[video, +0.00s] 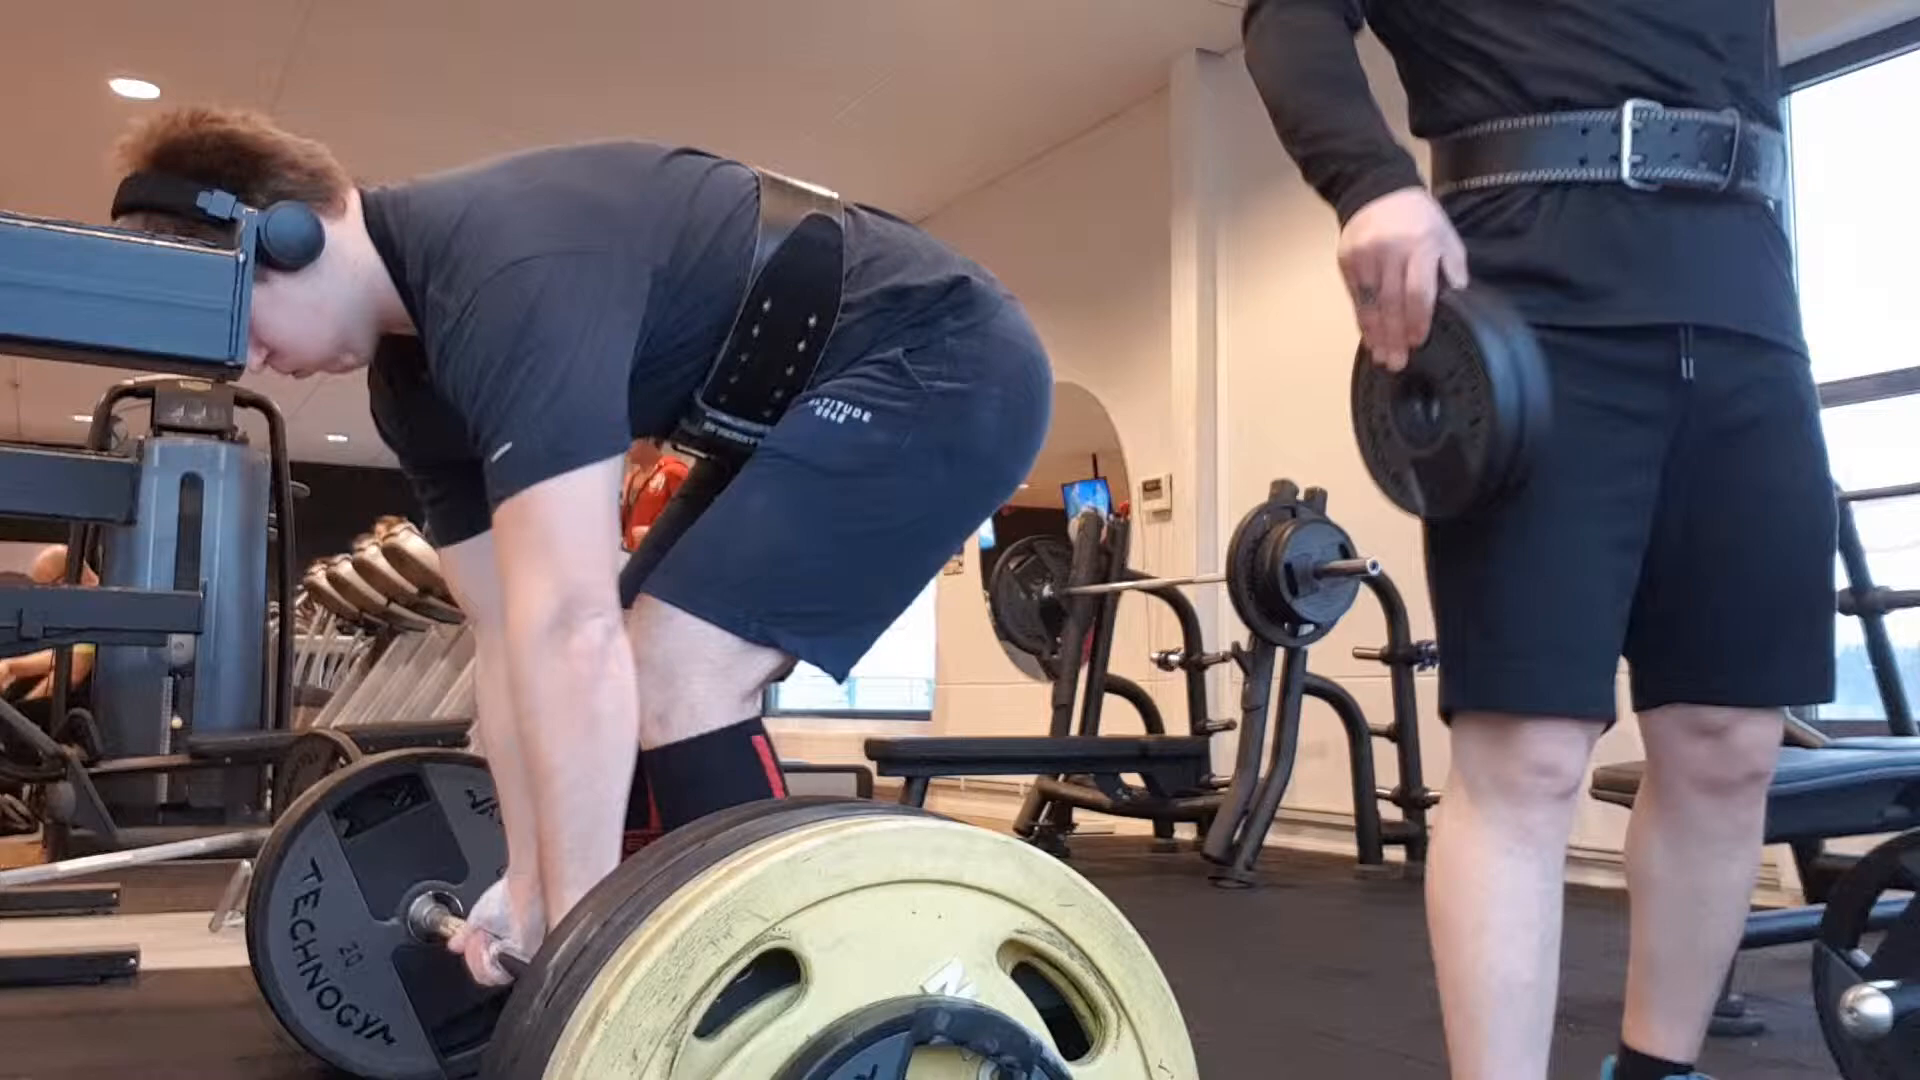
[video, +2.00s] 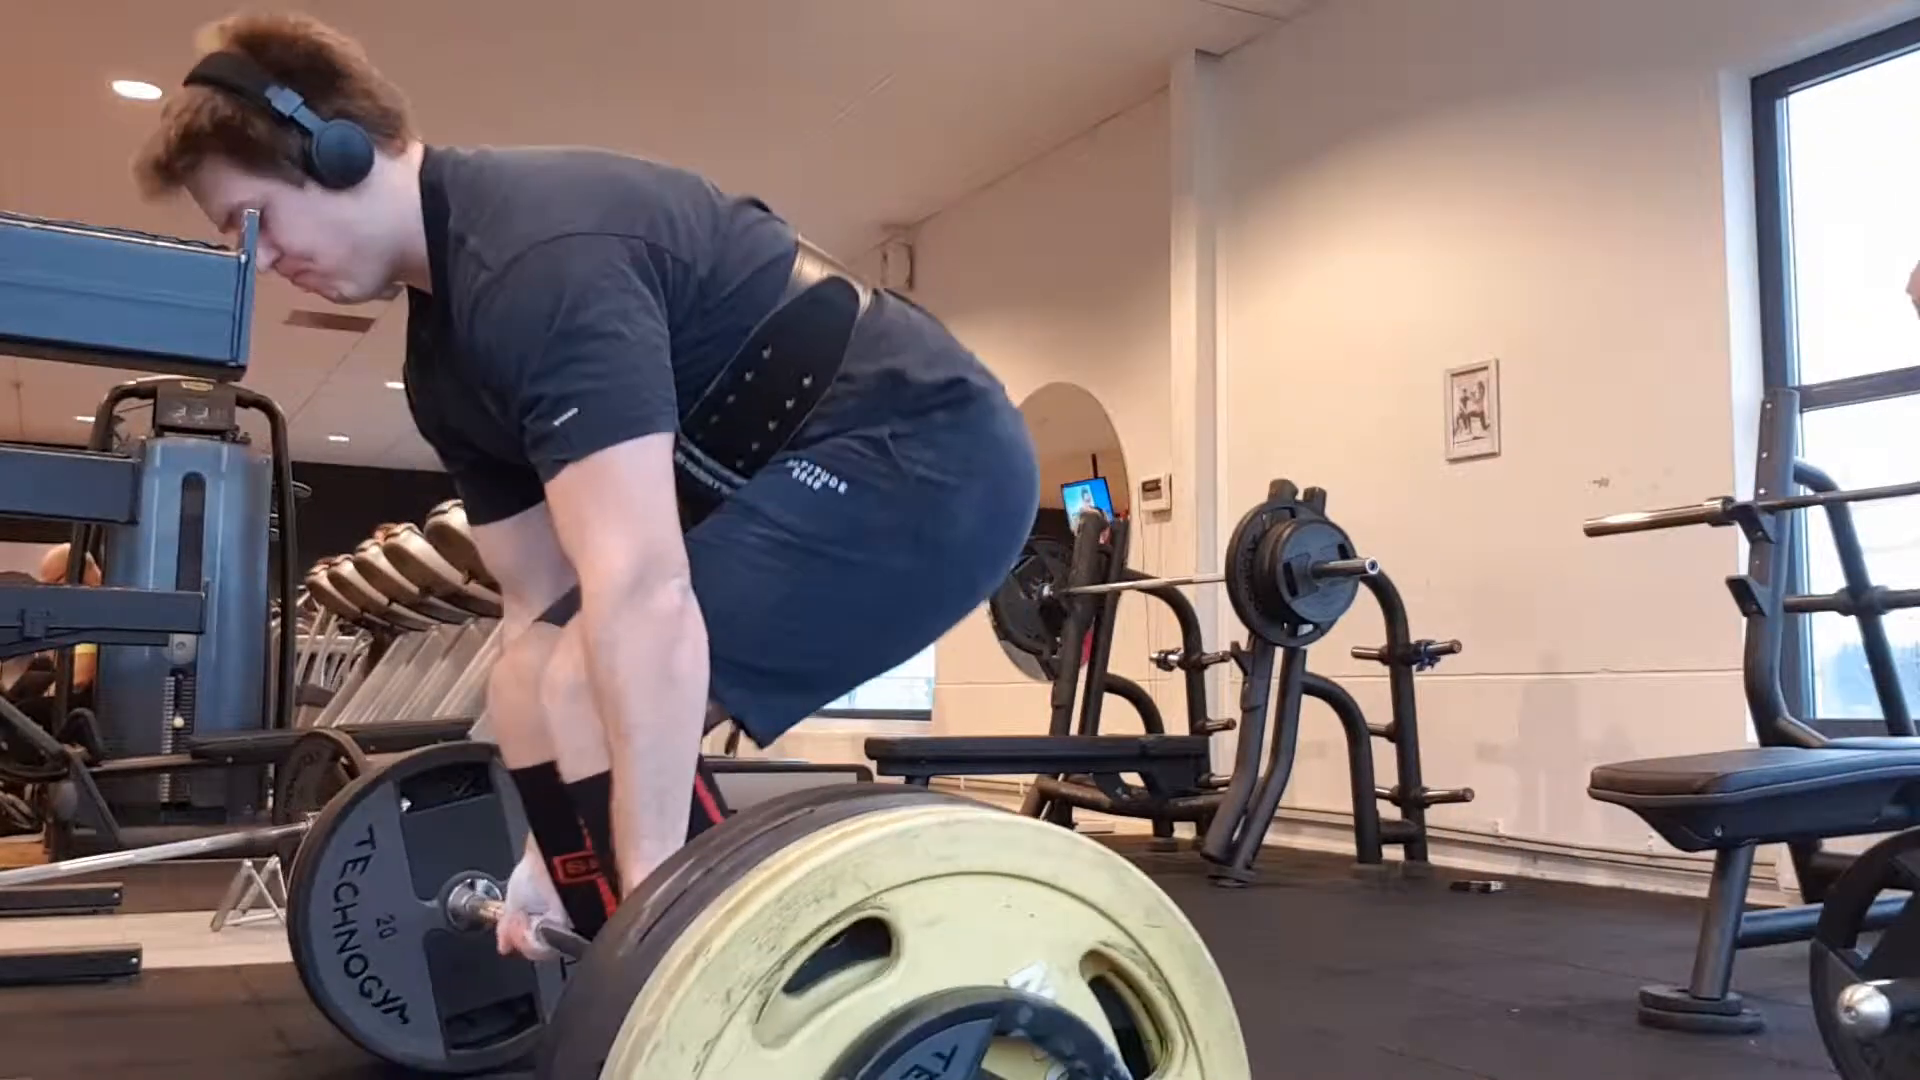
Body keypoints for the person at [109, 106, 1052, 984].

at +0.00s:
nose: (250, 364)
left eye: (233, 321)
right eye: (220, 346)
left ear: (281, 235)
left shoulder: (519, 275)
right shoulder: (413, 376)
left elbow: (578, 628)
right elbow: (507, 633)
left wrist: (582, 935)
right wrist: (525, 885)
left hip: (921, 357)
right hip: (797, 401)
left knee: (686, 672)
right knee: (623, 670)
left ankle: (780, 1007)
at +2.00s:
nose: (262, 266)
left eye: (255, 222)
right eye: (239, 244)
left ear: (333, 141)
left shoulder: (544, 261)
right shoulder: (442, 357)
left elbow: (643, 593)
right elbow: (547, 608)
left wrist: (661, 915)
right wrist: (547, 864)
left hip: (914, 444)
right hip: (807, 469)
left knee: (590, 681)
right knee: (521, 680)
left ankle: (712, 978)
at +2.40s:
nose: (273, 135)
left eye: (277, 92)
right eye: (258, 106)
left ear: (375, 44)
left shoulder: (571, 164)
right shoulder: (461, 273)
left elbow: (663, 488)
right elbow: (550, 527)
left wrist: (659, 812)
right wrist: (546, 787)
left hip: (921, 381)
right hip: (797, 421)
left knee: (681, 696)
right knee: (570, 662)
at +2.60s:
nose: (314, 4)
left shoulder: (591, 67)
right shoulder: (477, 175)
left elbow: (669, 386)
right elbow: (554, 439)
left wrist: (672, 688)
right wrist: (567, 694)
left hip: (913, 341)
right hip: (782, 384)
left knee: (734, 666)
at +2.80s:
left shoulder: (621, 8)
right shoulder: (489, 68)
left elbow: (681, 247)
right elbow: (562, 321)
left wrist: (683, 553)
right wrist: (580, 578)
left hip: (896, 311)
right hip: (755, 337)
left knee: (748, 722)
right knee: (673, 706)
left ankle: (718, 1056)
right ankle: (677, 1047)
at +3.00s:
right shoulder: (531, 17)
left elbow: (710, 98)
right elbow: (582, 199)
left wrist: (748, 405)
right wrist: (587, 467)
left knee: (688, 661)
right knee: (649, 653)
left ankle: (712, 1053)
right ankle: (679, 1042)